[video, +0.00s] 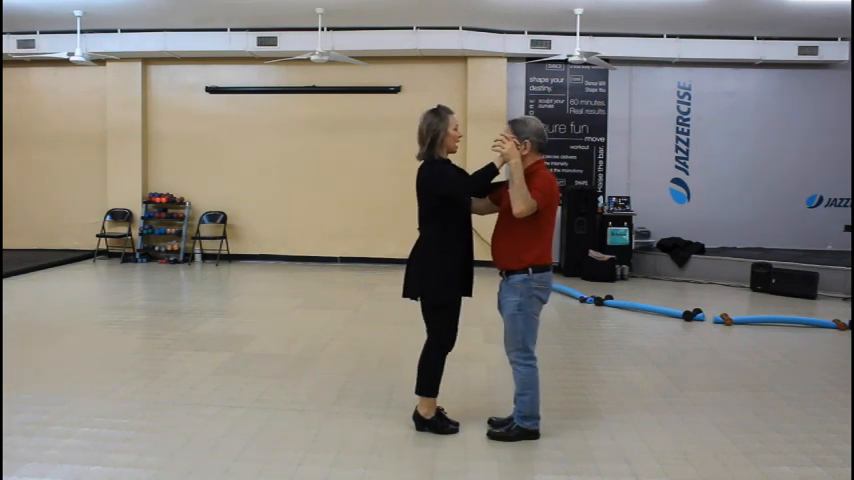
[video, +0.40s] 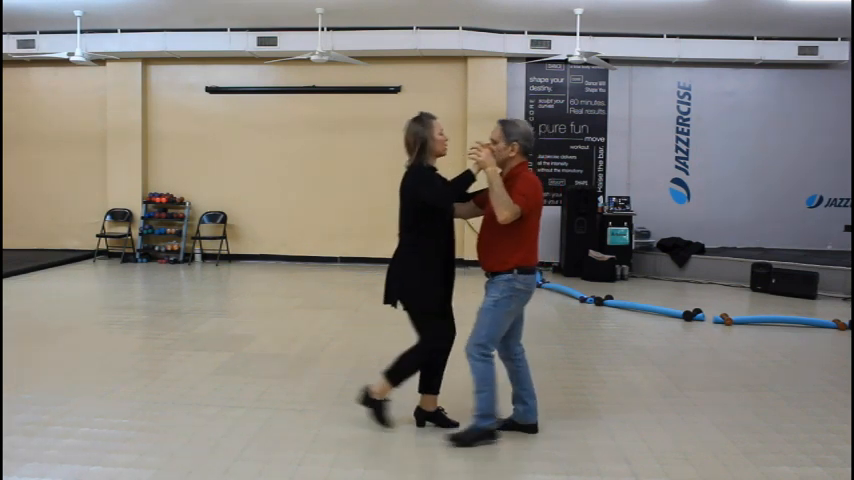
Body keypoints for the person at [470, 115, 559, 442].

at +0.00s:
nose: (501, 147)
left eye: (507, 141)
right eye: (502, 141)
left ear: (525, 146)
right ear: (525, 146)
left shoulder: (544, 179)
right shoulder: (519, 180)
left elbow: (521, 208)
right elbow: (481, 204)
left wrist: (514, 163)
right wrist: (448, 191)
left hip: (529, 278)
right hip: (514, 276)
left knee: (522, 353)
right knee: (516, 352)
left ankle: (527, 423)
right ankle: (522, 415)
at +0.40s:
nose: (487, 148)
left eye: (494, 143)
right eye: (489, 142)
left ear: (513, 149)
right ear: (509, 149)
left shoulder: (527, 181)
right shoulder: (505, 181)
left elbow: (506, 214)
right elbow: (465, 209)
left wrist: (491, 171)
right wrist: (431, 201)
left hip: (514, 278)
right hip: (504, 277)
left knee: (478, 347)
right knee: (510, 347)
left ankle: (484, 424)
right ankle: (525, 416)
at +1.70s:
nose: (510, 143)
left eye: (516, 139)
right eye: (511, 138)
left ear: (533, 146)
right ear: (530, 146)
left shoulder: (549, 180)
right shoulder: (527, 179)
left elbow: (524, 210)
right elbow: (488, 206)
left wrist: (514, 165)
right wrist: (452, 198)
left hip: (543, 278)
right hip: (531, 276)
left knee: (524, 353)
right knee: (531, 347)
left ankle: (527, 426)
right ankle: (557, 407)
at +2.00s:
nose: (533, 156)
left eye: (538, 152)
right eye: (534, 151)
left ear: (558, 156)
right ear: (556, 156)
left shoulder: (577, 186)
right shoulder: (547, 185)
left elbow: (560, 223)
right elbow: (514, 212)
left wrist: (547, 177)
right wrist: (481, 201)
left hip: (569, 283)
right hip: (565, 281)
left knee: (534, 351)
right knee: (582, 346)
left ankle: (528, 425)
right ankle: (607, 411)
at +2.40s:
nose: (536, 153)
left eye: (542, 148)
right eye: (537, 147)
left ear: (562, 153)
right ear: (558, 152)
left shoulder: (579, 183)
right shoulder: (547, 184)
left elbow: (567, 218)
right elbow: (516, 212)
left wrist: (553, 174)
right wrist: (483, 204)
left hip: (573, 279)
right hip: (567, 277)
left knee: (545, 351)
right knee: (587, 346)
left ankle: (540, 425)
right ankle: (608, 411)